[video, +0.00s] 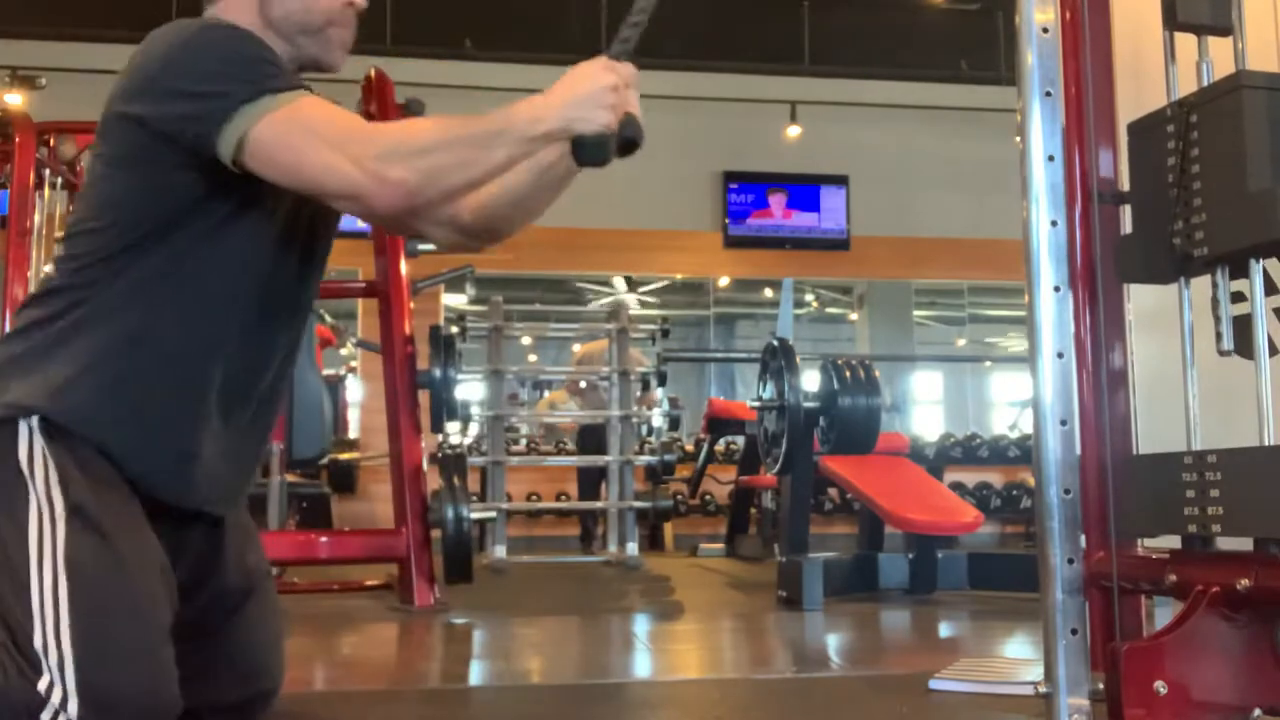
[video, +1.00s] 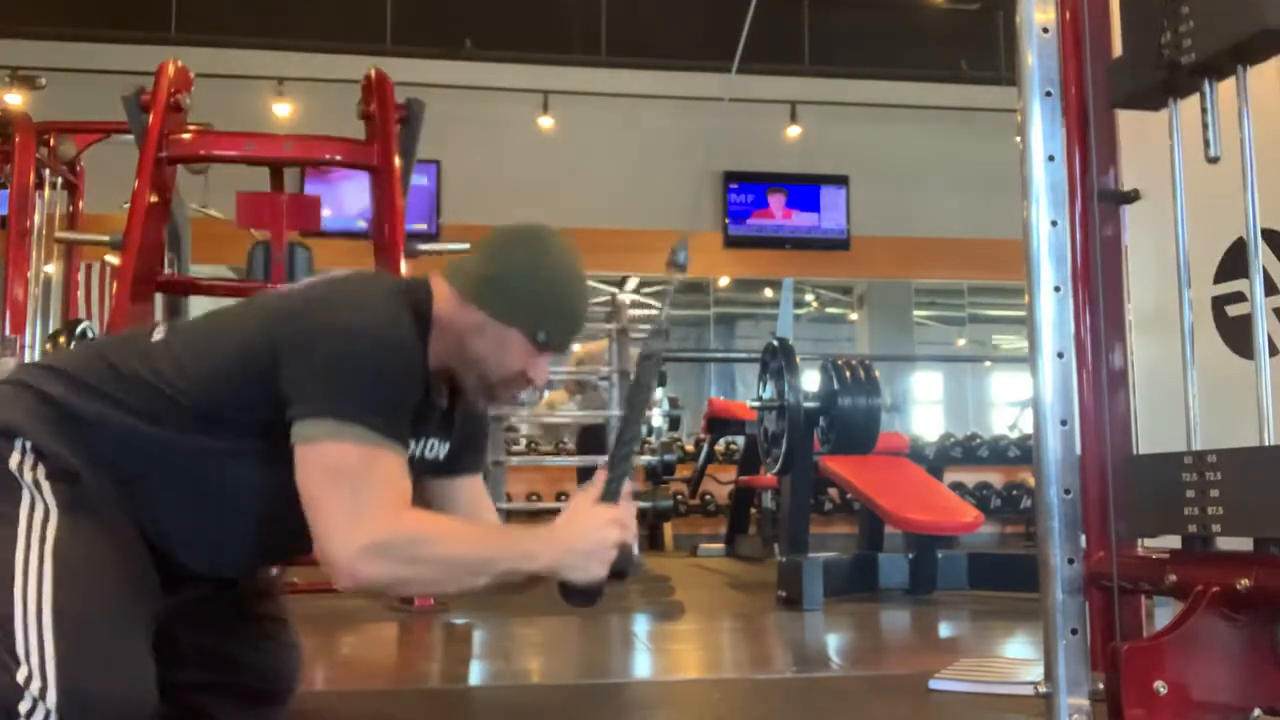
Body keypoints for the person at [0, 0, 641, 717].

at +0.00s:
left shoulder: (300, 121)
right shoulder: (193, 56)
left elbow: (462, 220)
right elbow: (384, 175)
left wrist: (578, 142)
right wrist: (550, 108)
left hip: (197, 472)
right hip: (66, 441)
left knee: (237, 685)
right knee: (106, 700)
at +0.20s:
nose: (431, 43)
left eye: (431, 24)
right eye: (414, 17)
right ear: (342, 12)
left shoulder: (364, 160)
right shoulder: (248, 85)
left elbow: (507, 273)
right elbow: (418, 229)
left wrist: (615, 198)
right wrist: (596, 165)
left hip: (205, 481)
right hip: (70, 447)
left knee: (245, 685)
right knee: (106, 701)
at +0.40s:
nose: (483, 110)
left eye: (485, 86)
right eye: (466, 80)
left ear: (414, 87)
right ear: (392, 73)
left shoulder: (417, 203)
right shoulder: (297, 127)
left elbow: (520, 350)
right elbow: (420, 296)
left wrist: (622, 280)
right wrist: (608, 253)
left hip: (208, 485)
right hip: (76, 449)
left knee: (255, 685)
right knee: (111, 700)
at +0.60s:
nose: (509, 196)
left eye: (518, 175)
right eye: (498, 166)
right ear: (434, 143)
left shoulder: (445, 262)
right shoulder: (326, 184)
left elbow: (510, 427)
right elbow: (398, 366)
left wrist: (597, 367)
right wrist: (591, 342)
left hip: (204, 499)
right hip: (76, 446)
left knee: (261, 684)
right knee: (107, 699)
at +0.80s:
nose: (531, 286)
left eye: (540, 267)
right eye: (525, 257)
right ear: (464, 226)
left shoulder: (451, 320)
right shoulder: (353, 251)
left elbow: (485, 475)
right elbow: (377, 454)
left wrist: (578, 462)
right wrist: (565, 449)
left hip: (196, 507)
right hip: (71, 454)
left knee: (259, 679)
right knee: (72, 700)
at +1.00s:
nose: (541, 374)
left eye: (554, 355)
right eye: (537, 347)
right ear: (483, 309)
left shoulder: (453, 390)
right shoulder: (360, 325)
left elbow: (468, 544)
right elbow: (363, 549)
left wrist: (562, 555)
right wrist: (546, 545)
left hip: (190, 514)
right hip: (62, 455)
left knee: (256, 679)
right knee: (90, 699)